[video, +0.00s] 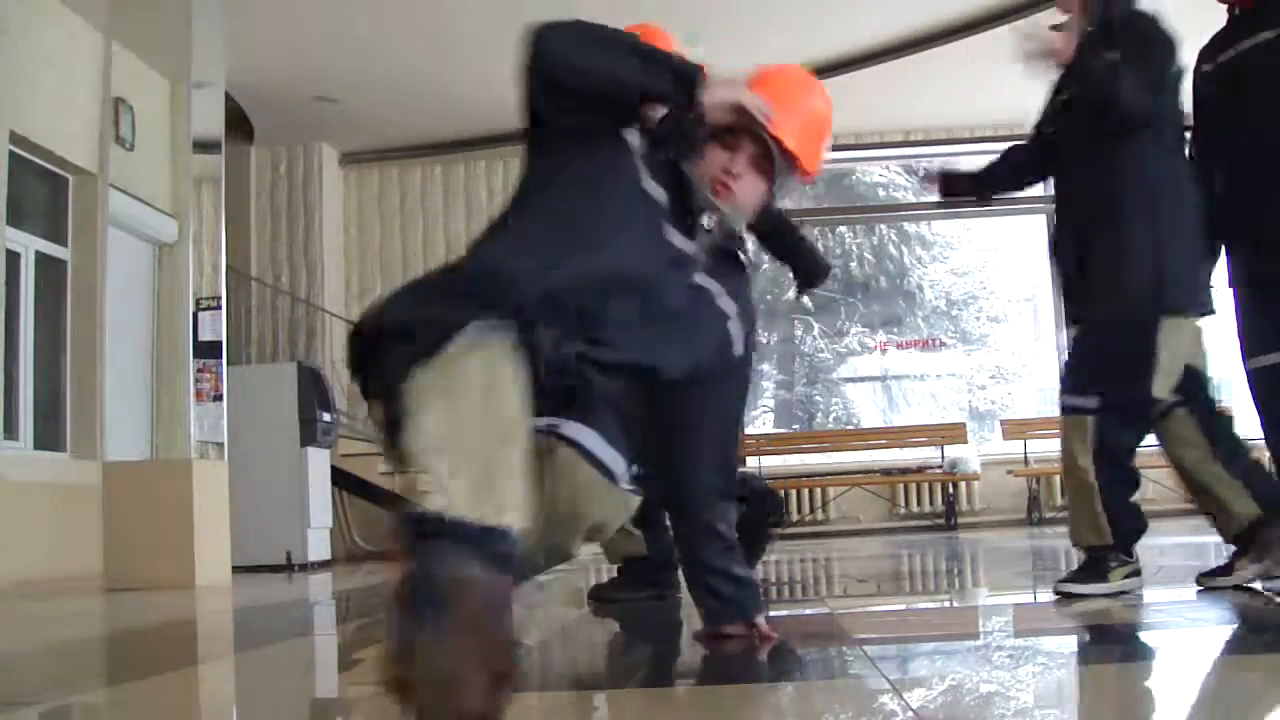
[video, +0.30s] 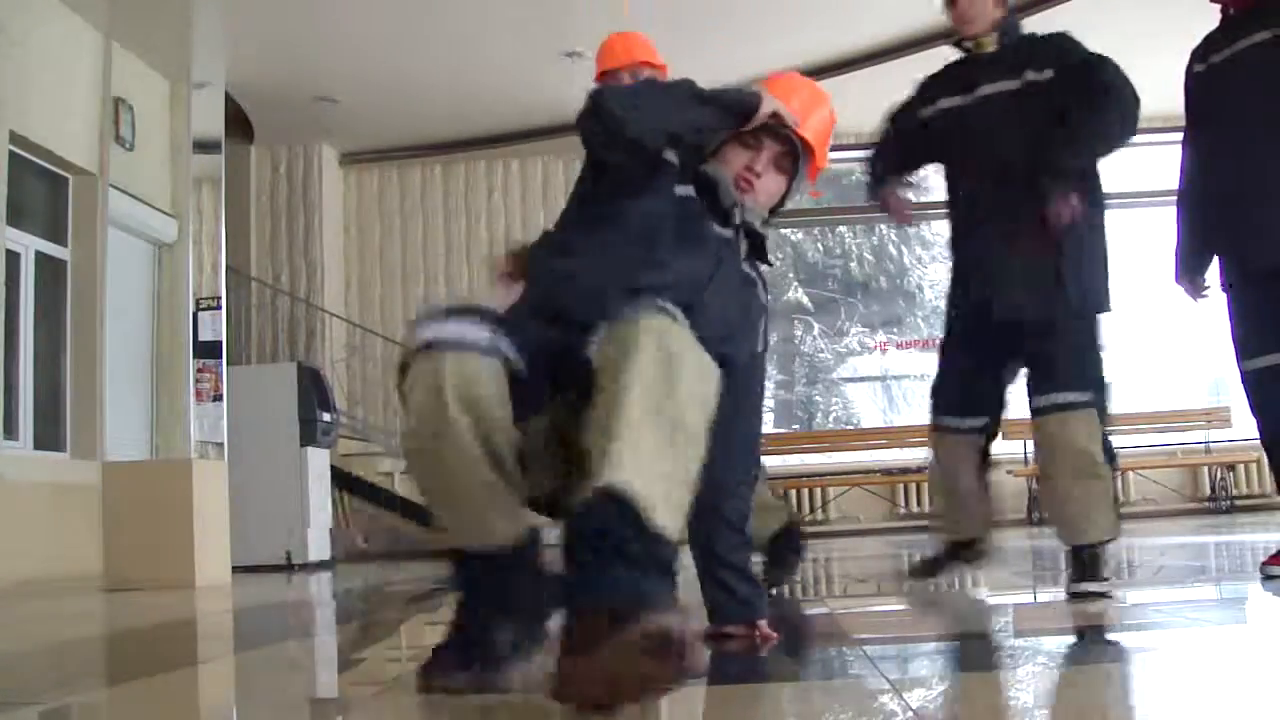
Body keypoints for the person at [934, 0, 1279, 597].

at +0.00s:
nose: (1058, 19)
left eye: (1064, 10)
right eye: (1057, 13)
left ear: (1087, 3)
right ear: (1098, 5)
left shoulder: (1138, 36)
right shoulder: (1087, 66)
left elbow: (1129, 105)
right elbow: (1044, 151)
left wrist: (1084, 52)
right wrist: (967, 184)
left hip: (1148, 268)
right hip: (1119, 273)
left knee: (1089, 409)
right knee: (1178, 407)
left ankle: (1109, 555)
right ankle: (1258, 533)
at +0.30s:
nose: (956, 8)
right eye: (951, 2)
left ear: (1001, 2)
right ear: (949, 13)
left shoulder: (1055, 54)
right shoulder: (942, 88)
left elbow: (1118, 105)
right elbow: (895, 145)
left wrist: (1066, 173)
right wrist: (886, 180)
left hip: (1058, 279)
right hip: (979, 283)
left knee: (1067, 416)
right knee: (956, 414)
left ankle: (1087, 550)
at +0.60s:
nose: (899, 55)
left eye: (909, 43)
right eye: (887, 46)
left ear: (931, 43)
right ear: (873, 53)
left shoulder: (979, 104)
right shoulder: (862, 139)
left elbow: (1023, 169)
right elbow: (816, 212)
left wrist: (1058, 155)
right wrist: (766, 232)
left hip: (996, 297)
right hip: (916, 311)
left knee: (1024, 415)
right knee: (909, 434)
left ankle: (1042, 541)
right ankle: (909, 554)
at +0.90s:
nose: (917, 57)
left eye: (927, 45)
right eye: (905, 47)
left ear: (944, 49)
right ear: (886, 55)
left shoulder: (982, 113)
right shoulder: (856, 138)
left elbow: (1043, 150)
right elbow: (808, 195)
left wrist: (982, 174)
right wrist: (843, 218)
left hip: (988, 307)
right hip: (907, 317)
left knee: (1009, 424)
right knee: (908, 435)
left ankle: (1031, 541)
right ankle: (908, 555)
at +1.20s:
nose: (951, 75)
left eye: (960, 64)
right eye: (938, 67)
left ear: (975, 69)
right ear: (921, 75)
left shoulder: (1007, 136)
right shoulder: (901, 146)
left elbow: (1038, 205)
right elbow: (875, 228)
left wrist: (1040, 196)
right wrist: (856, 247)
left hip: (995, 310)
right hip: (924, 313)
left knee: (1013, 427)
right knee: (914, 432)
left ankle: (1030, 546)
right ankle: (906, 552)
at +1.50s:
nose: (924, 87)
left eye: (933, 76)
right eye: (912, 79)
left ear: (949, 79)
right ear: (897, 87)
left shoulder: (987, 150)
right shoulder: (878, 162)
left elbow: (1016, 228)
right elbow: (861, 249)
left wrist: (1022, 294)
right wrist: (869, 318)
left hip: (980, 322)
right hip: (906, 328)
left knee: (1007, 435)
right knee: (898, 442)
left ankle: (1030, 546)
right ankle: (883, 548)